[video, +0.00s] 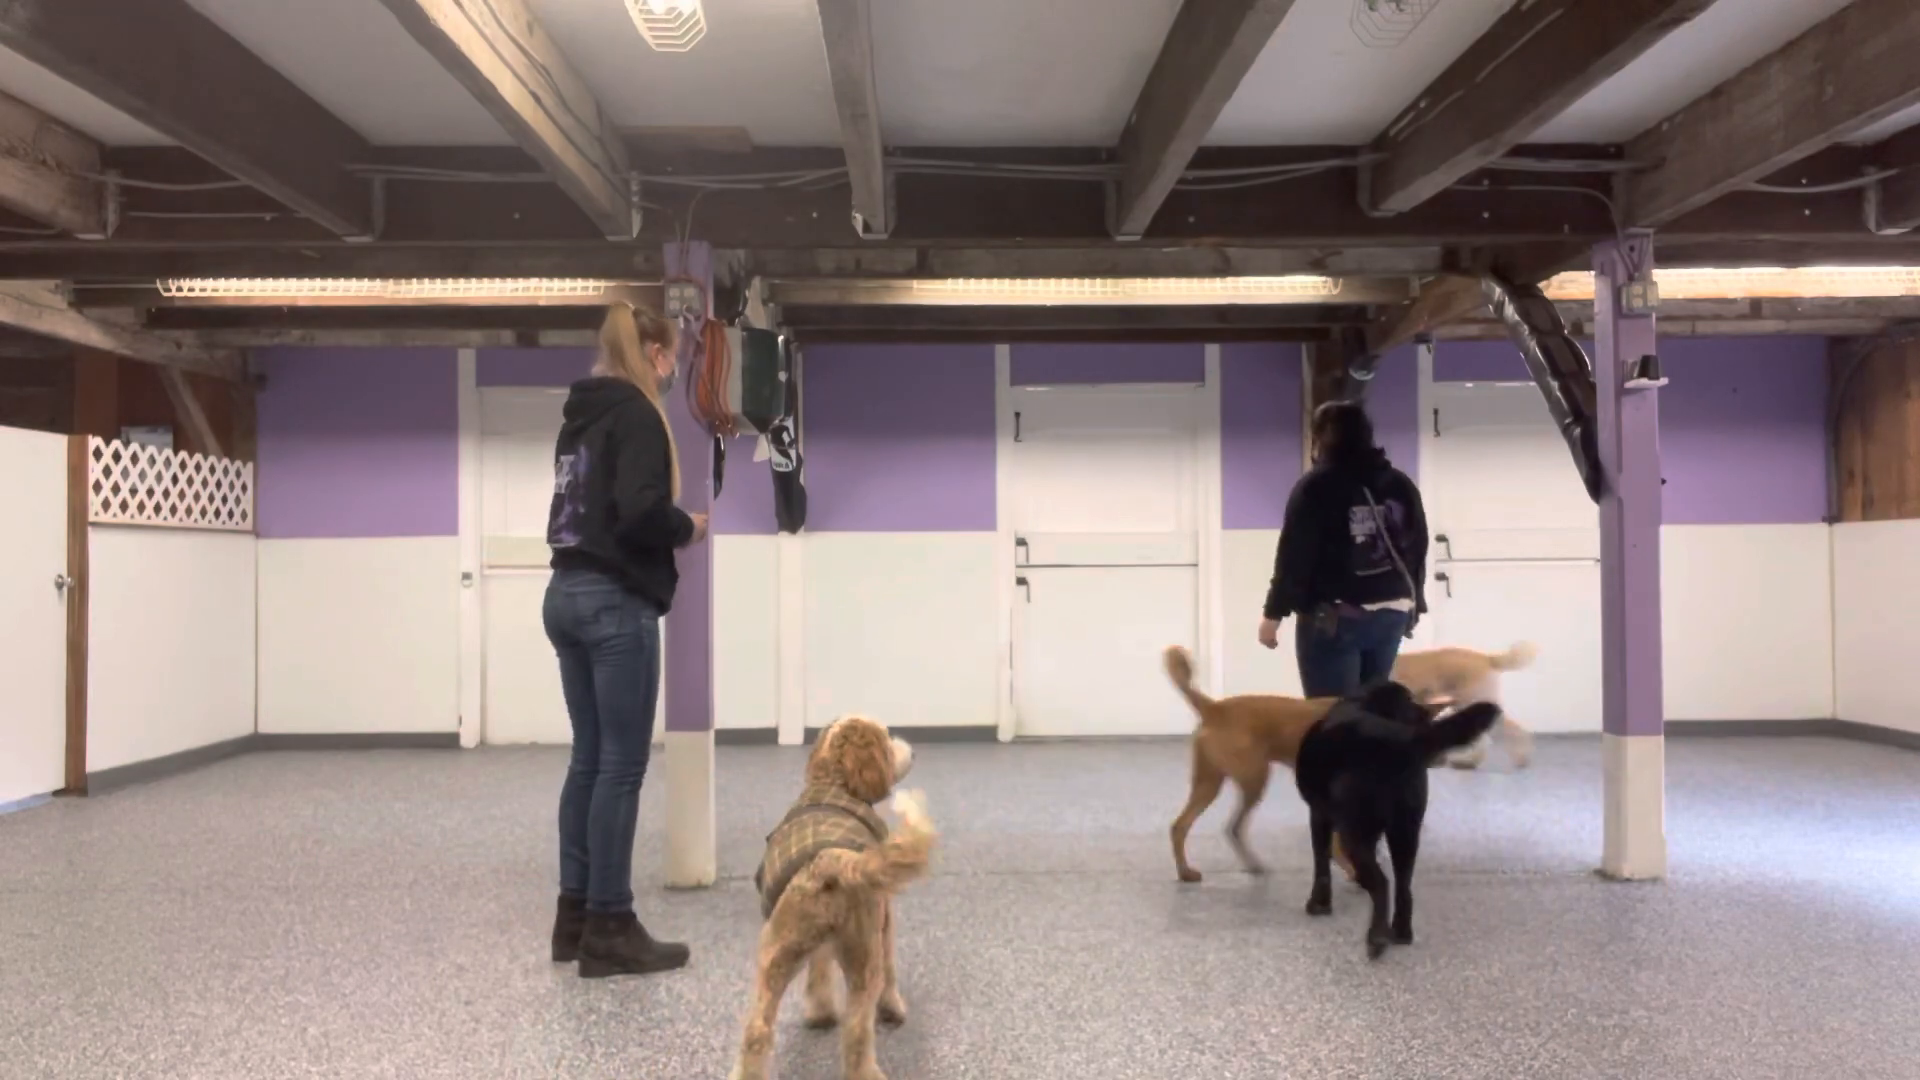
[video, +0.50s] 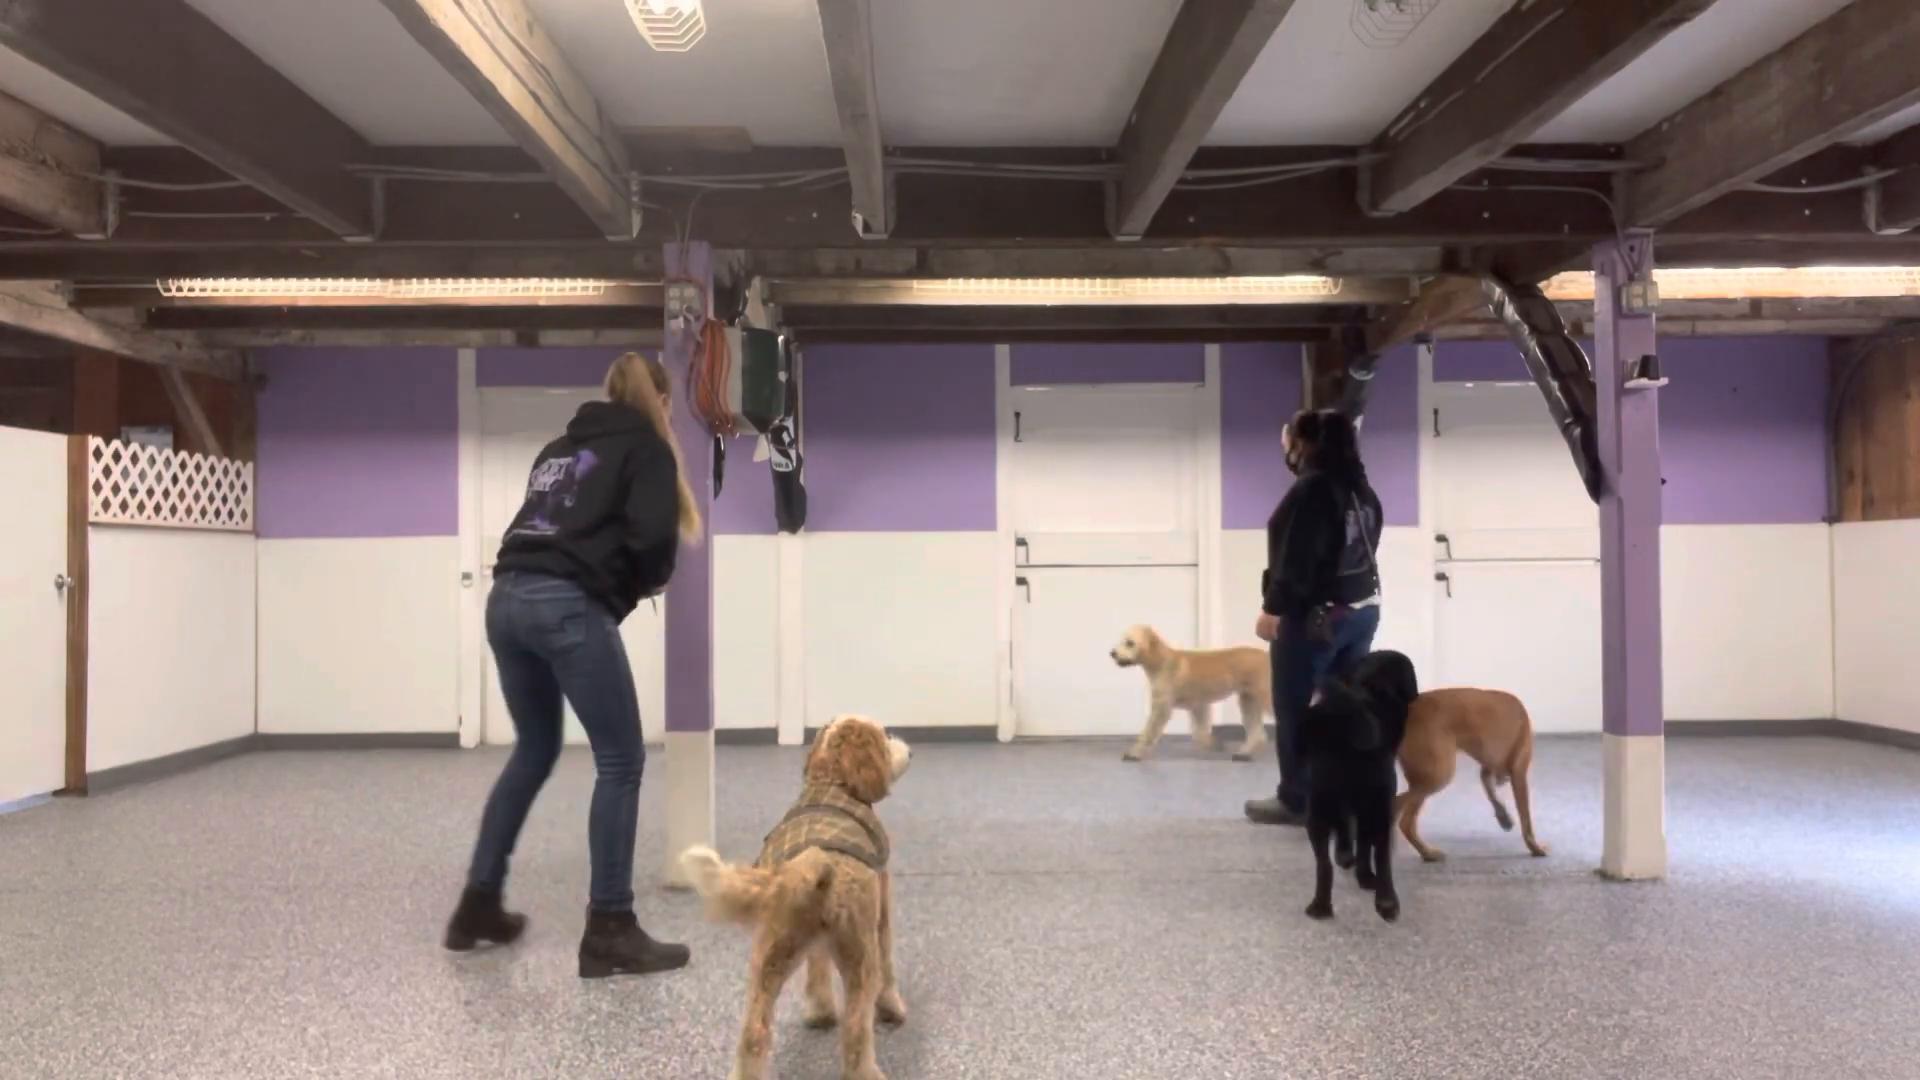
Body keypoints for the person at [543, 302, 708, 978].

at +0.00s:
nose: (671, 366)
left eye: (671, 355)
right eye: (669, 356)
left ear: (614, 348)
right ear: (652, 353)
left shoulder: (582, 414)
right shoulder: (639, 416)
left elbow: (579, 511)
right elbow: (639, 513)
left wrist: (653, 521)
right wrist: (687, 526)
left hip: (568, 593)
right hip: (616, 599)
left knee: (589, 760)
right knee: (621, 769)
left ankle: (576, 915)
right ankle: (611, 927)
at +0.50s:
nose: (671, 408)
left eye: (668, 399)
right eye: (668, 399)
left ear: (608, 395)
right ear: (659, 400)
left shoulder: (563, 444)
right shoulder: (647, 447)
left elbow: (547, 520)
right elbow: (653, 536)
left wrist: (604, 572)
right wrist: (645, 582)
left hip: (507, 599)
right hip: (568, 604)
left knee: (534, 752)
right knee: (620, 762)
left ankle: (478, 907)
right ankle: (611, 929)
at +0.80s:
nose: (572, 436)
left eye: (569, 428)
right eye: (572, 428)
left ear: (516, 423)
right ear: (565, 426)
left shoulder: (476, 469)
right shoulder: (565, 468)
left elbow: (462, 540)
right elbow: (574, 543)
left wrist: (533, 594)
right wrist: (572, 597)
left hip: (428, 611)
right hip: (496, 610)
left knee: (450, 756)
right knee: (570, 763)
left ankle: (415, 915)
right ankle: (605, 926)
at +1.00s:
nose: (537, 449)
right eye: (535, 440)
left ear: (480, 437)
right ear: (529, 441)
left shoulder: (442, 484)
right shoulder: (537, 477)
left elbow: (421, 555)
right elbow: (558, 550)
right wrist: (541, 609)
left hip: (411, 612)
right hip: (486, 609)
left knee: (436, 759)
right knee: (556, 763)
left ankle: (414, 915)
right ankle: (590, 926)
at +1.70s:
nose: (448, 417)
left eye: (445, 408)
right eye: (446, 408)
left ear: (387, 409)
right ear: (436, 406)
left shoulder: (354, 470)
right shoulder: (443, 457)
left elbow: (332, 561)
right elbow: (478, 530)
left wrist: (373, 598)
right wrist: (520, 579)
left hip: (356, 629)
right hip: (426, 619)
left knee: (427, 759)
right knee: (512, 758)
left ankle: (415, 915)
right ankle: (534, 920)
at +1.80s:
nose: (437, 408)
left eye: (434, 399)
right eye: (435, 398)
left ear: (372, 397)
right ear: (422, 397)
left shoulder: (341, 460)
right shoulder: (424, 450)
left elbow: (327, 549)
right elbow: (459, 524)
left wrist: (378, 579)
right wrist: (504, 572)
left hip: (343, 623)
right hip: (409, 616)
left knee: (420, 757)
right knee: (487, 754)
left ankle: (414, 912)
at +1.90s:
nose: (421, 398)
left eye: (419, 388)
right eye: (419, 388)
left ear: (358, 389)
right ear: (409, 388)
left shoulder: (326, 451)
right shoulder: (410, 444)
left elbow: (312, 540)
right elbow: (446, 521)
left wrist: (357, 579)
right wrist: (489, 569)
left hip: (328, 620)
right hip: (393, 616)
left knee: (410, 761)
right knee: (446, 759)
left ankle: (414, 913)